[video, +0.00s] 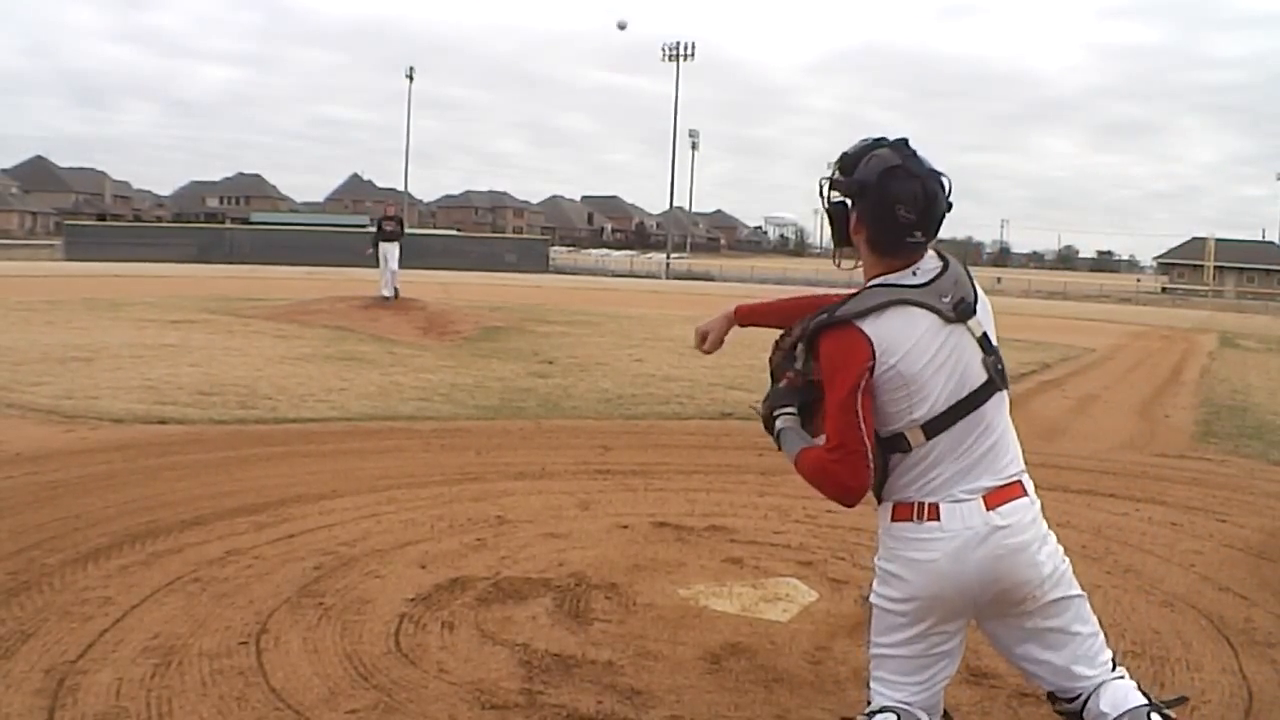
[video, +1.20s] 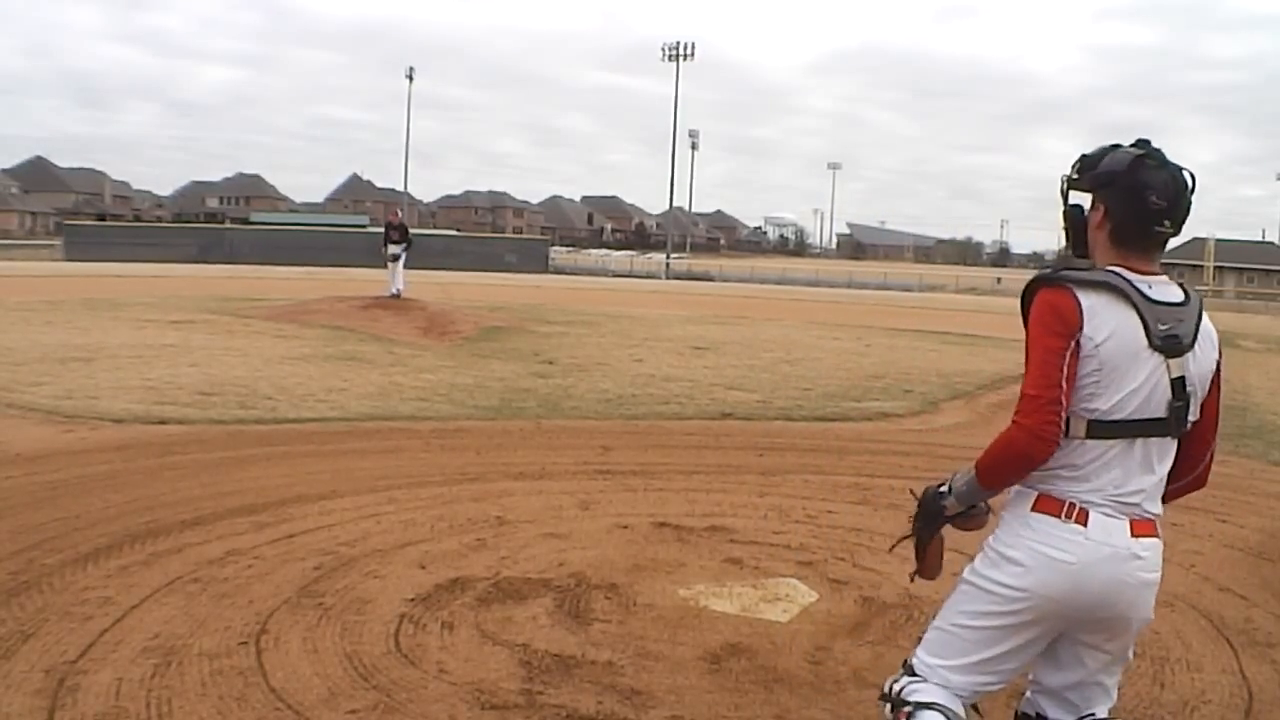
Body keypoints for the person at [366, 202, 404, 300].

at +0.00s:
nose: (390, 211)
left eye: (392, 208)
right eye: (388, 208)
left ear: (394, 209)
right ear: (385, 209)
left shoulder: (399, 220)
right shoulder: (381, 220)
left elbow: (402, 233)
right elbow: (377, 234)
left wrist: (396, 239)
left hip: (394, 243)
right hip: (382, 243)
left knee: (393, 268)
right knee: (383, 269)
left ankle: (395, 287)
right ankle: (385, 291)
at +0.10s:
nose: (390, 209)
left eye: (392, 207)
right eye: (389, 207)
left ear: (395, 209)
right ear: (385, 209)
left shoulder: (399, 220)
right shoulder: (382, 220)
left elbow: (402, 233)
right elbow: (380, 233)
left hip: (394, 243)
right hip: (383, 243)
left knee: (395, 268)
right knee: (383, 269)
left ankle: (397, 287)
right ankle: (385, 291)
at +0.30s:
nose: (391, 210)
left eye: (393, 207)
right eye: (389, 207)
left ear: (396, 209)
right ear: (386, 209)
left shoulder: (401, 220)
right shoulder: (384, 220)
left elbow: (406, 232)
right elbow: (385, 232)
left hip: (397, 243)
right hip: (387, 243)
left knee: (397, 269)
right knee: (387, 269)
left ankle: (396, 290)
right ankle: (386, 291)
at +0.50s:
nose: (394, 209)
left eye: (396, 207)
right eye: (392, 207)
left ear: (398, 208)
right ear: (388, 208)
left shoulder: (402, 218)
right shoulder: (387, 220)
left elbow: (407, 224)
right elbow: (385, 234)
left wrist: (402, 214)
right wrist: (383, 246)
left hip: (400, 242)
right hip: (389, 243)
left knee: (399, 267)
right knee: (388, 267)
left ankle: (397, 289)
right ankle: (387, 290)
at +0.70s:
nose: (395, 214)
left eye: (397, 211)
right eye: (394, 211)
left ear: (400, 212)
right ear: (391, 212)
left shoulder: (404, 222)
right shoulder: (388, 222)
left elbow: (407, 232)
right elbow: (384, 234)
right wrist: (379, 244)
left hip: (401, 244)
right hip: (390, 244)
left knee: (399, 267)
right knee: (389, 266)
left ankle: (397, 289)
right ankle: (391, 286)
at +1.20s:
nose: (392, 218)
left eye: (394, 216)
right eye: (391, 216)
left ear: (398, 218)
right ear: (390, 217)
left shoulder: (403, 227)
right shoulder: (388, 226)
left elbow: (409, 241)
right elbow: (385, 237)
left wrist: (403, 251)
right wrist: (385, 247)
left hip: (401, 246)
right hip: (391, 246)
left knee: (399, 268)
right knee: (391, 268)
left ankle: (399, 288)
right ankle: (393, 289)